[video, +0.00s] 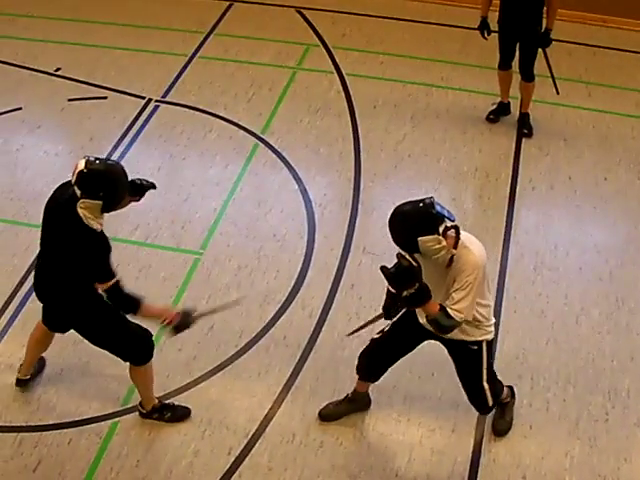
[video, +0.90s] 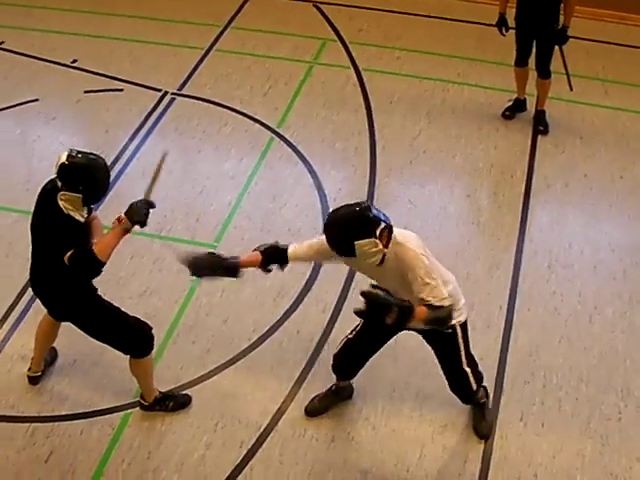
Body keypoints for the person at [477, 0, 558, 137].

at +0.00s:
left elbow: (552, 3)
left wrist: (548, 30)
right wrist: (483, 17)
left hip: (532, 26)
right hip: (507, 22)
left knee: (527, 71)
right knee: (504, 64)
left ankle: (524, 115)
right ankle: (504, 103)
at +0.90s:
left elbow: (569, 2)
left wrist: (565, 27)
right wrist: (502, 14)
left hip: (549, 23)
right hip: (524, 20)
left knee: (543, 69)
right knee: (520, 61)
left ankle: (540, 112)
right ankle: (520, 100)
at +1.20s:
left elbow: (592, 4)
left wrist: (588, 31)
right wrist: (523, 17)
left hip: (571, 26)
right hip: (546, 22)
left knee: (565, 73)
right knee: (542, 65)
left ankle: (561, 116)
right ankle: (541, 104)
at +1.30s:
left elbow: (600, 5)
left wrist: (595, 32)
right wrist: (531, 18)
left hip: (579, 28)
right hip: (554, 24)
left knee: (572, 74)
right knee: (550, 66)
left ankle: (569, 117)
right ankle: (549, 105)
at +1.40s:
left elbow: (609, 6)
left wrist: (604, 34)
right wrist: (540, 20)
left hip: (587, 30)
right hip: (562, 26)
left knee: (581, 75)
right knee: (558, 68)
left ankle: (577, 119)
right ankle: (557, 107)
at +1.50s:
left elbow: (617, 7)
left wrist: (611, 36)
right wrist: (548, 21)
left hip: (595, 30)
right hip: (570, 26)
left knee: (588, 76)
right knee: (566, 68)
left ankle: (585, 120)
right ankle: (564, 108)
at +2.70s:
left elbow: (636, 6)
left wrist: (634, 34)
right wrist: (570, 21)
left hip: (617, 30)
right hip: (593, 26)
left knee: (612, 76)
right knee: (588, 70)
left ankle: (608, 121)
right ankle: (587, 109)